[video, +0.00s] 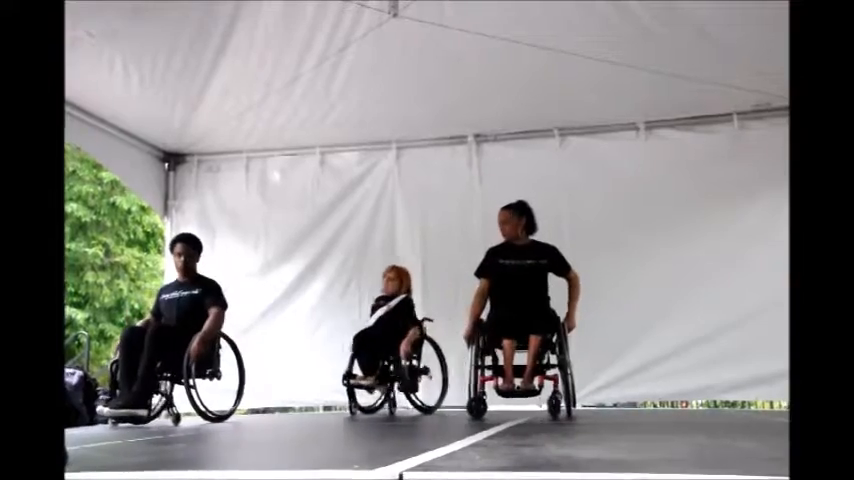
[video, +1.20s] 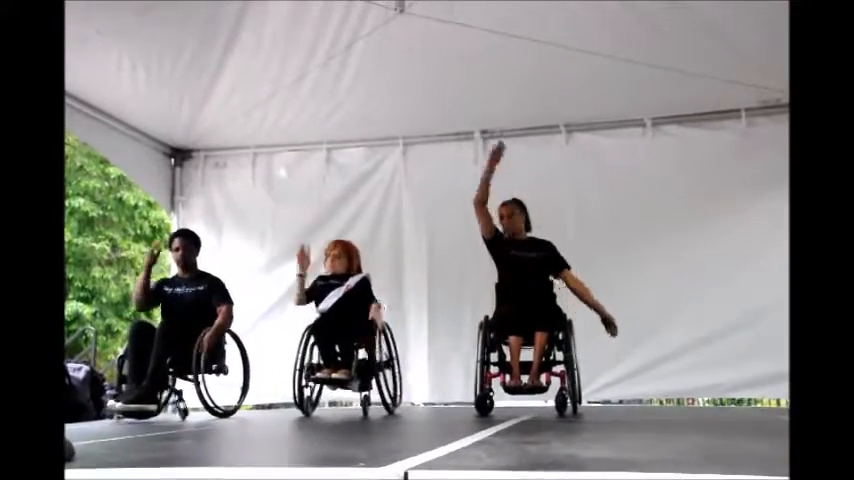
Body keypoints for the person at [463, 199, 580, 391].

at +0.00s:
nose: (501, 228)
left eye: (505, 223)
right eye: (500, 223)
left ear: (521, 223)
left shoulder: (545, 252)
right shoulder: (494, 254)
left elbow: (572, 278)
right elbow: (483, 289)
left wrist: (571, 315)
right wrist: (472, 323)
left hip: (535, 311)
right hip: (505, 312)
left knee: (539, 322)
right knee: (508, 324)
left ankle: (528, 378)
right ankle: (508, 378)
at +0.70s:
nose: (518, 223)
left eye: (524, 218)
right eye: (515, 219)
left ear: (537, 221)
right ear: (511, 223)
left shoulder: (551, 253)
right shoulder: (502, 252)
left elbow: (560, 289)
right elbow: (496, 280)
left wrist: (569, 320)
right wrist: (496, 302)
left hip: (542, 305)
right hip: (514, 306)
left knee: (543, 319)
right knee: (513, 320)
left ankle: (534, 377)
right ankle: (514, 377)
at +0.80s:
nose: (517, 223)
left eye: (522, 218)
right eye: (513, 219)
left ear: (535, 221)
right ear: (510, 223)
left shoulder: (550, 253)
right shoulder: (502, 252)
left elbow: (561, 290)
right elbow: (495, 273)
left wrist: (573, 321)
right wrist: (500, 282)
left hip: (543, 305)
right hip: (516, 305)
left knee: (542, 319)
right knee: (514, 318)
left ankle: (534, 376)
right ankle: (514, 376)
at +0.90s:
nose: (514, 223)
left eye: (519, 217)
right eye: (510, 219)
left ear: (532, 221)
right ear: (507, 223)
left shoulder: (549, 252)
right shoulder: (501, 250)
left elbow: (562, 290)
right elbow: (492, 264)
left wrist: (579, 324)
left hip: (541, 306)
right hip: (512, 307)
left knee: (543, 319)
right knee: (515, 320)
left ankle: (534, 376)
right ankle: (514, 376)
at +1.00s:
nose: (509, 222)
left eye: (513, 217)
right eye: (506, 218)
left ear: (526, 220)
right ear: (505, 224)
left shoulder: (546, 250)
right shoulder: (501, 250)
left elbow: (564, 288)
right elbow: (491, 230)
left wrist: (588, 325)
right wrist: (523, 212)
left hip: (541, 306)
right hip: (511, 306)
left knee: (543, 318)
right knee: (515, 319)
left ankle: (534, 377)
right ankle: (514, 377)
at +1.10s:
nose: (508, 221)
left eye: (513, 215)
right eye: (504, 218)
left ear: (526, 219)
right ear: (501, 224)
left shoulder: (544, 249)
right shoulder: (500, 247)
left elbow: (566, 286)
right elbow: (486, 213)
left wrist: (592, 323)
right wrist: (514, 187)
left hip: (541, 304)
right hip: (512, 304)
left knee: (544, 316)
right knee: (514, 317)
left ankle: (534, 375)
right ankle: (514, 376)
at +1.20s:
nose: (506, 222)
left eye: (511, 216)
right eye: (502, 218)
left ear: (524, 218)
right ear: (500, 223)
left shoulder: (544, 248)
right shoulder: (499, 245)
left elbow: (571, 281)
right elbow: (479, 205)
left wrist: (600, 311)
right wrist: (489, 168)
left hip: (541, 301)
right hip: (510, 301)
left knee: (546, 315)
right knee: (514, 316)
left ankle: (534, 375)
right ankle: (515, 375)